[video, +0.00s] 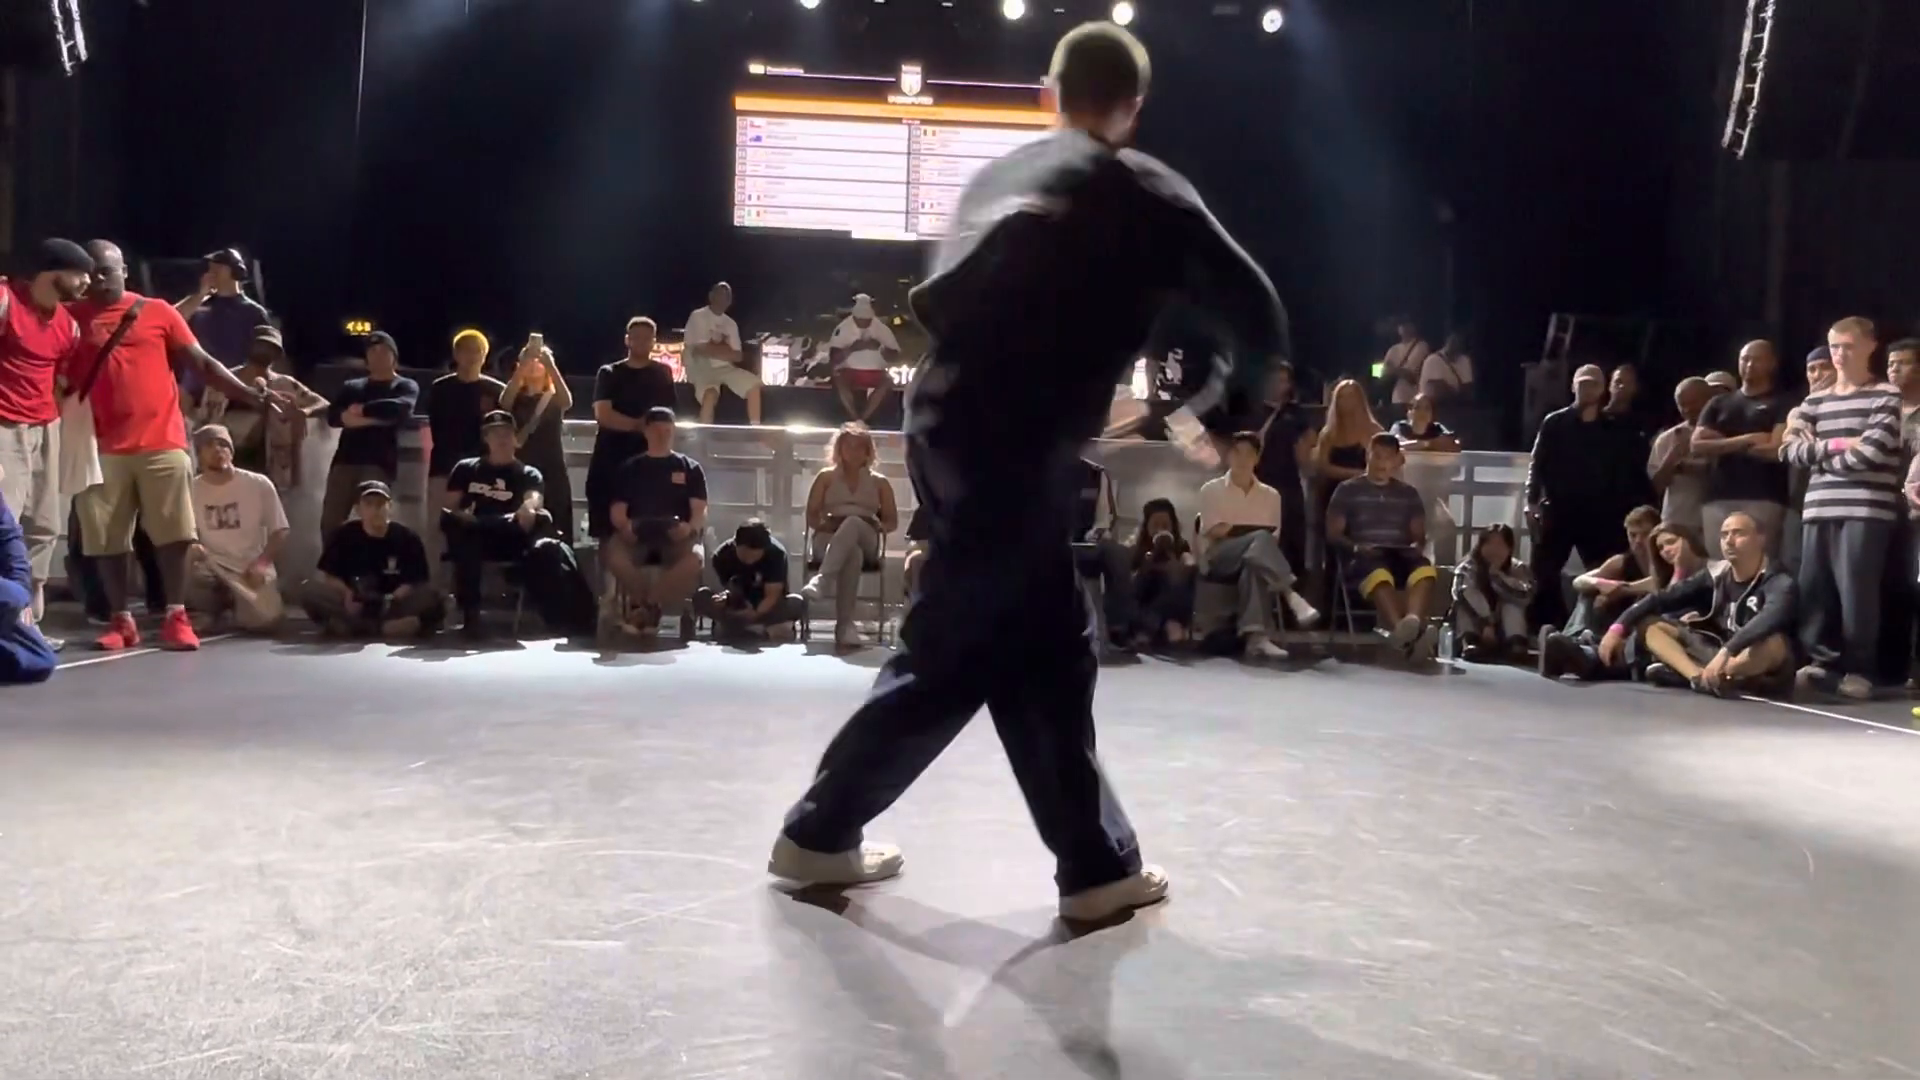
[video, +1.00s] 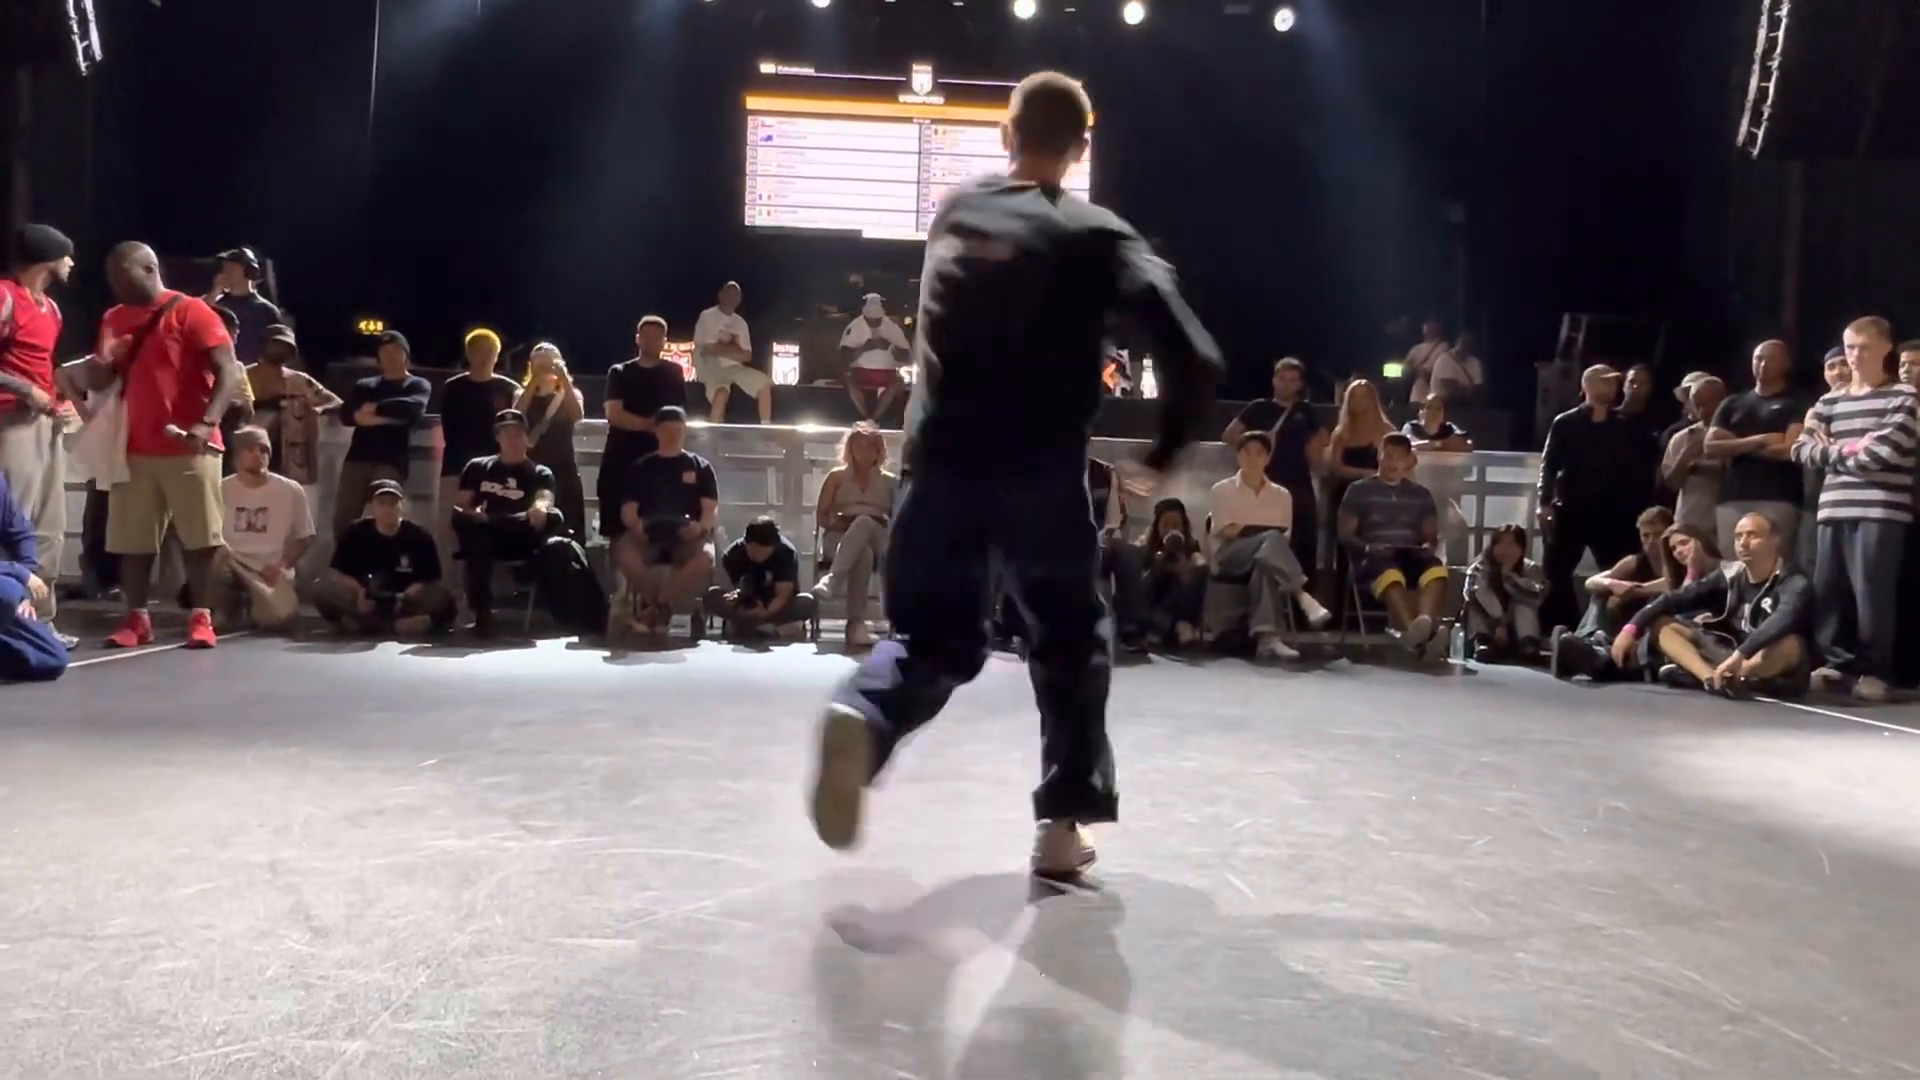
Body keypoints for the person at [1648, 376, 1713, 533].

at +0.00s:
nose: (1689, 412)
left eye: (1694, 406)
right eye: (1684, 407)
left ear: (1708, 402)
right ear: (1679, 408)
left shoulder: (1720, 435)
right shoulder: (1666, 439)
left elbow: (1724, 472)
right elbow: (1657, 484)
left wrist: (1683, 467)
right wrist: (1675, 453)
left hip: (1713, 517)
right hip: (1676, 519)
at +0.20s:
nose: (1691, 410)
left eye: (1696, 404)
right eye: (1686, 406)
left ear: (1709, 401)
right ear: (1681, 407)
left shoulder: (1721, 434)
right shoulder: (1668, 439)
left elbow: (1724, 471)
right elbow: (1659, 482)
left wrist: (1684, 466)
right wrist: (1675, 456)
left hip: (1714, 515)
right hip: (1678, 518)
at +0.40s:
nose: (1692, 410)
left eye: (1696, 403)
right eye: (1687, 404)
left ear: (1713, 402)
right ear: (1682, 406)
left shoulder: (1727, 433)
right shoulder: (1672, 438)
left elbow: (1728, 470)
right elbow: (1661, 481)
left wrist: (1688, 465)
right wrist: (1677, 456)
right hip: (1681, 518)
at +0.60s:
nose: (1697, 410)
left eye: (1703, 403)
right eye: (1692, 403)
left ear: (1718, 401)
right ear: (1687, 404)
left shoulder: (1729, 433)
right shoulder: (1674, 438)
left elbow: (1728, 470)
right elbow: (1664, 481)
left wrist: (1690, 464)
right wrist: (1681, 454)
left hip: (1720, 517)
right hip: (1684, 516)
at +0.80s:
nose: (1700, 410)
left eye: (1705, 403)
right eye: (1695, 404)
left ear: (1718, 400)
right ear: (1689, 404)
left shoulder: (1729, 433)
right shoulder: (1678, 438)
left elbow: (1733, 472)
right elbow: (1667, 481)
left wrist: (1692, 465)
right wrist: (1683, 456)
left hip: (1722, 514)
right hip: (1687, 516)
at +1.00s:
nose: (1702, 410)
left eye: (1707, 403)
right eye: (1698, 405)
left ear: (1720, 402)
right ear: (1693, 407)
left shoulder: (1731, 434)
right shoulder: (1680, 439)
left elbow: (1733, 470)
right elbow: (1671, 481)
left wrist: (1695, 466)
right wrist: (1686, 455)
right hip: (1689, 514)